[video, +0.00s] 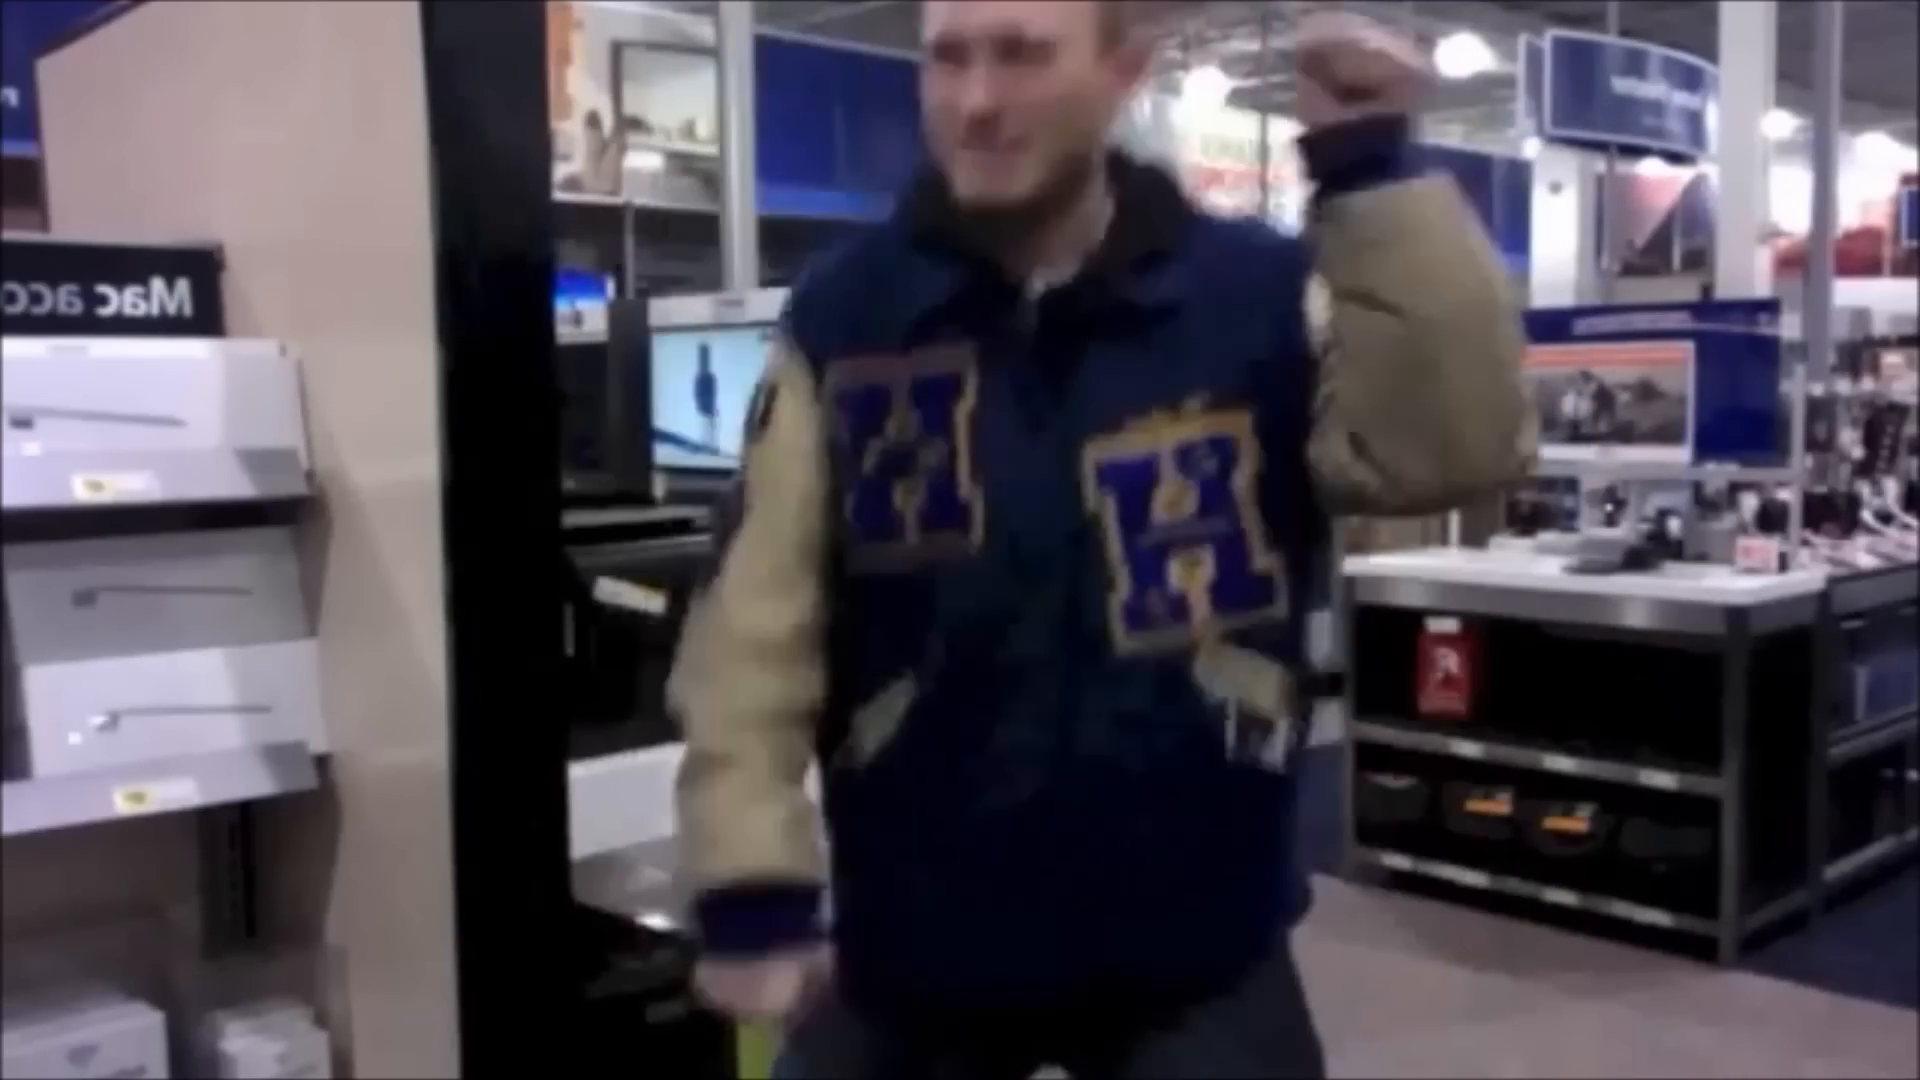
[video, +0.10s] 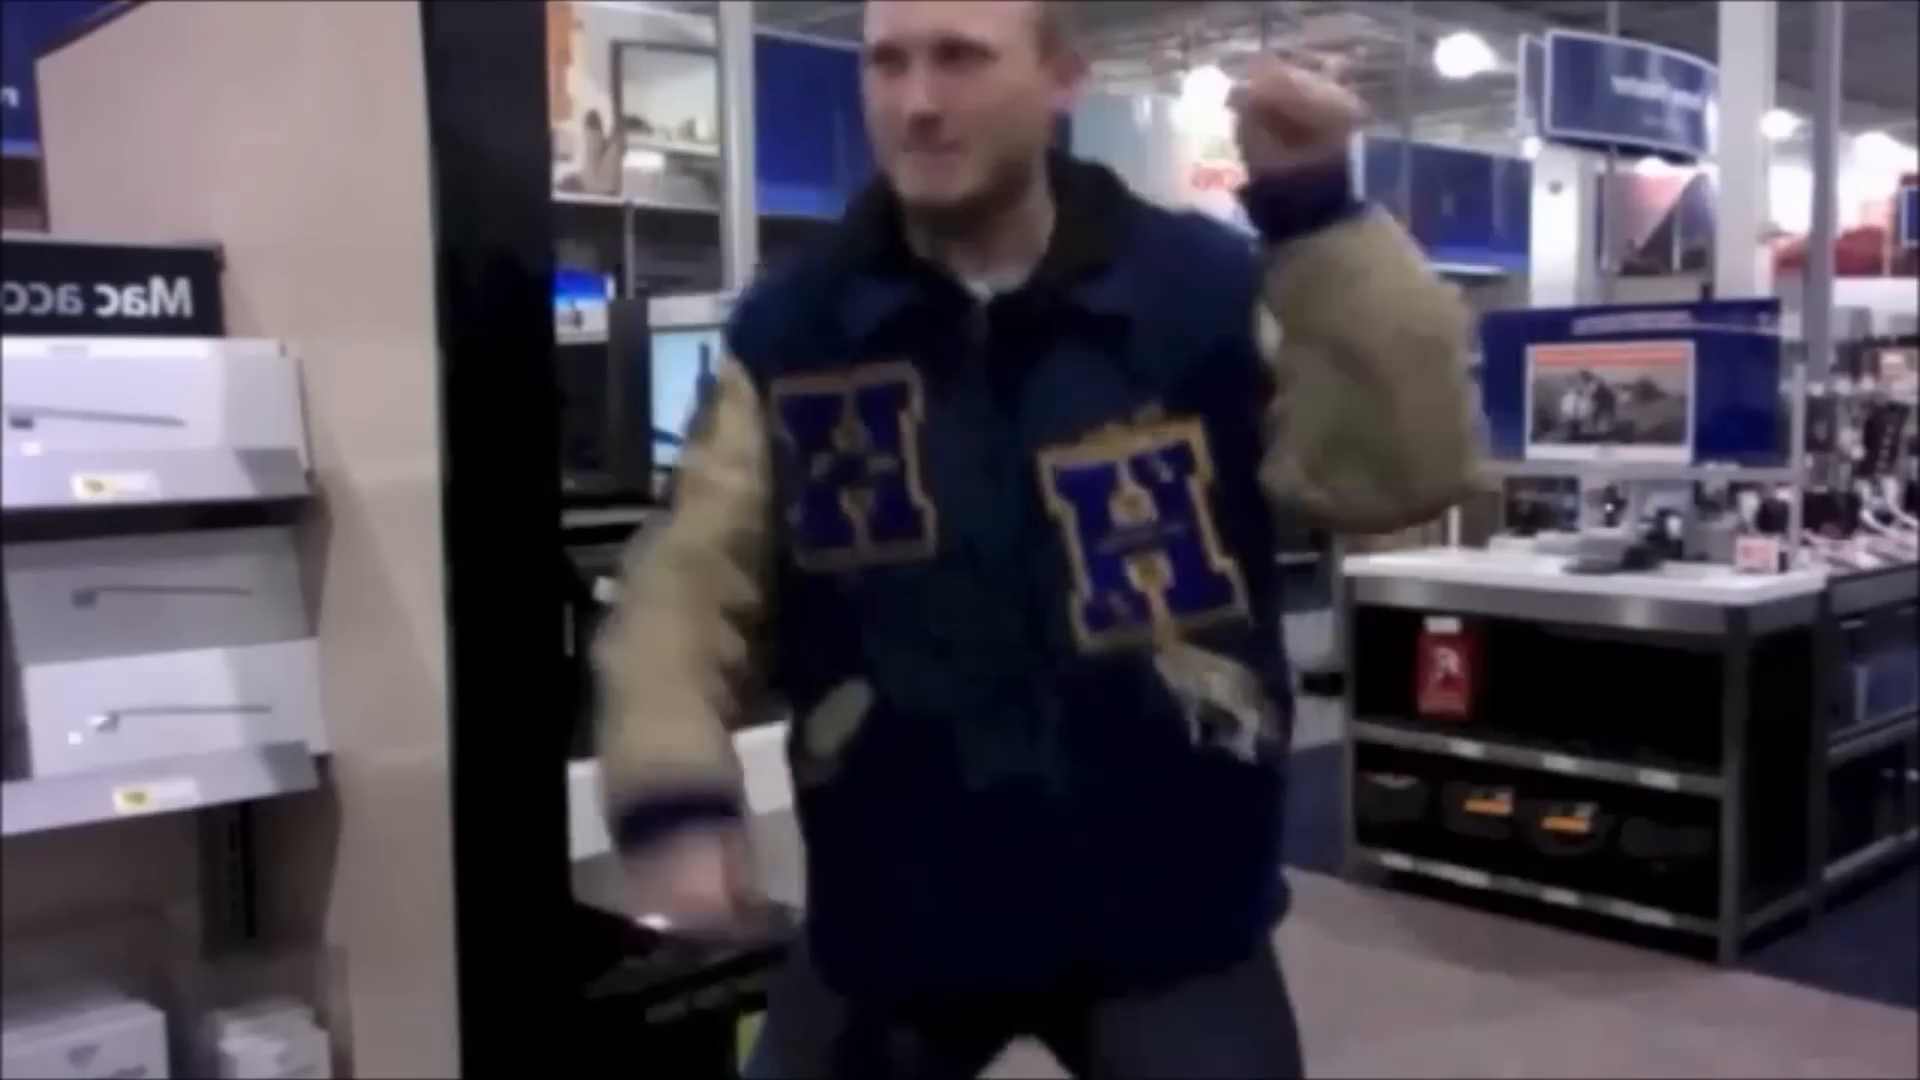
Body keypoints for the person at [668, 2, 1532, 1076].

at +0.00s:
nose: (978, 100)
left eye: (1025, 54)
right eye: (949, 57)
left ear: (1125, 62)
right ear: (917, 73)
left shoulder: (1250, 296)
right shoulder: (854, 314)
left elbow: (1449, 452)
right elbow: (759, 616)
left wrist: (1372, 168)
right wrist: (753, 887)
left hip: (1190, 939)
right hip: (921, 940)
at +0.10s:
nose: (920, 100)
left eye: (963, 59)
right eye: (892, 64)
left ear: (1061, 78)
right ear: (863, 88)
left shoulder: (1192, 286)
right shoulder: (803, 321)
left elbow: (1405, 471)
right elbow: (690, 574)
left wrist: (1317, 214)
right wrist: (672, 800)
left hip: (1164, 906)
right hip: (899, 912)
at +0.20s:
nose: (858, 43)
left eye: (902, 6)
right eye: (831, 12)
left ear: (999, 26)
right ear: (802, 40)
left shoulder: (1143, 221)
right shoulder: (755, 270)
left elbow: (1281, 414)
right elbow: (615, 482)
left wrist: (1371, 512)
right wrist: (618, 499)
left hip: (1127, 845)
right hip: (872, 858)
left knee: (1208, 1060)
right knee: (806, 1065)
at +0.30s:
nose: (828, 102)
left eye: (870, 57)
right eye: (798, 64)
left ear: (965, 67)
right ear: (770, 84)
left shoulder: (1125, 279)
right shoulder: (743, 316)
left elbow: (1257, 554)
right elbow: (576, 497)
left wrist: (1324, 828)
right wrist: (622, 257)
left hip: (1109, 896)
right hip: (857, 908)